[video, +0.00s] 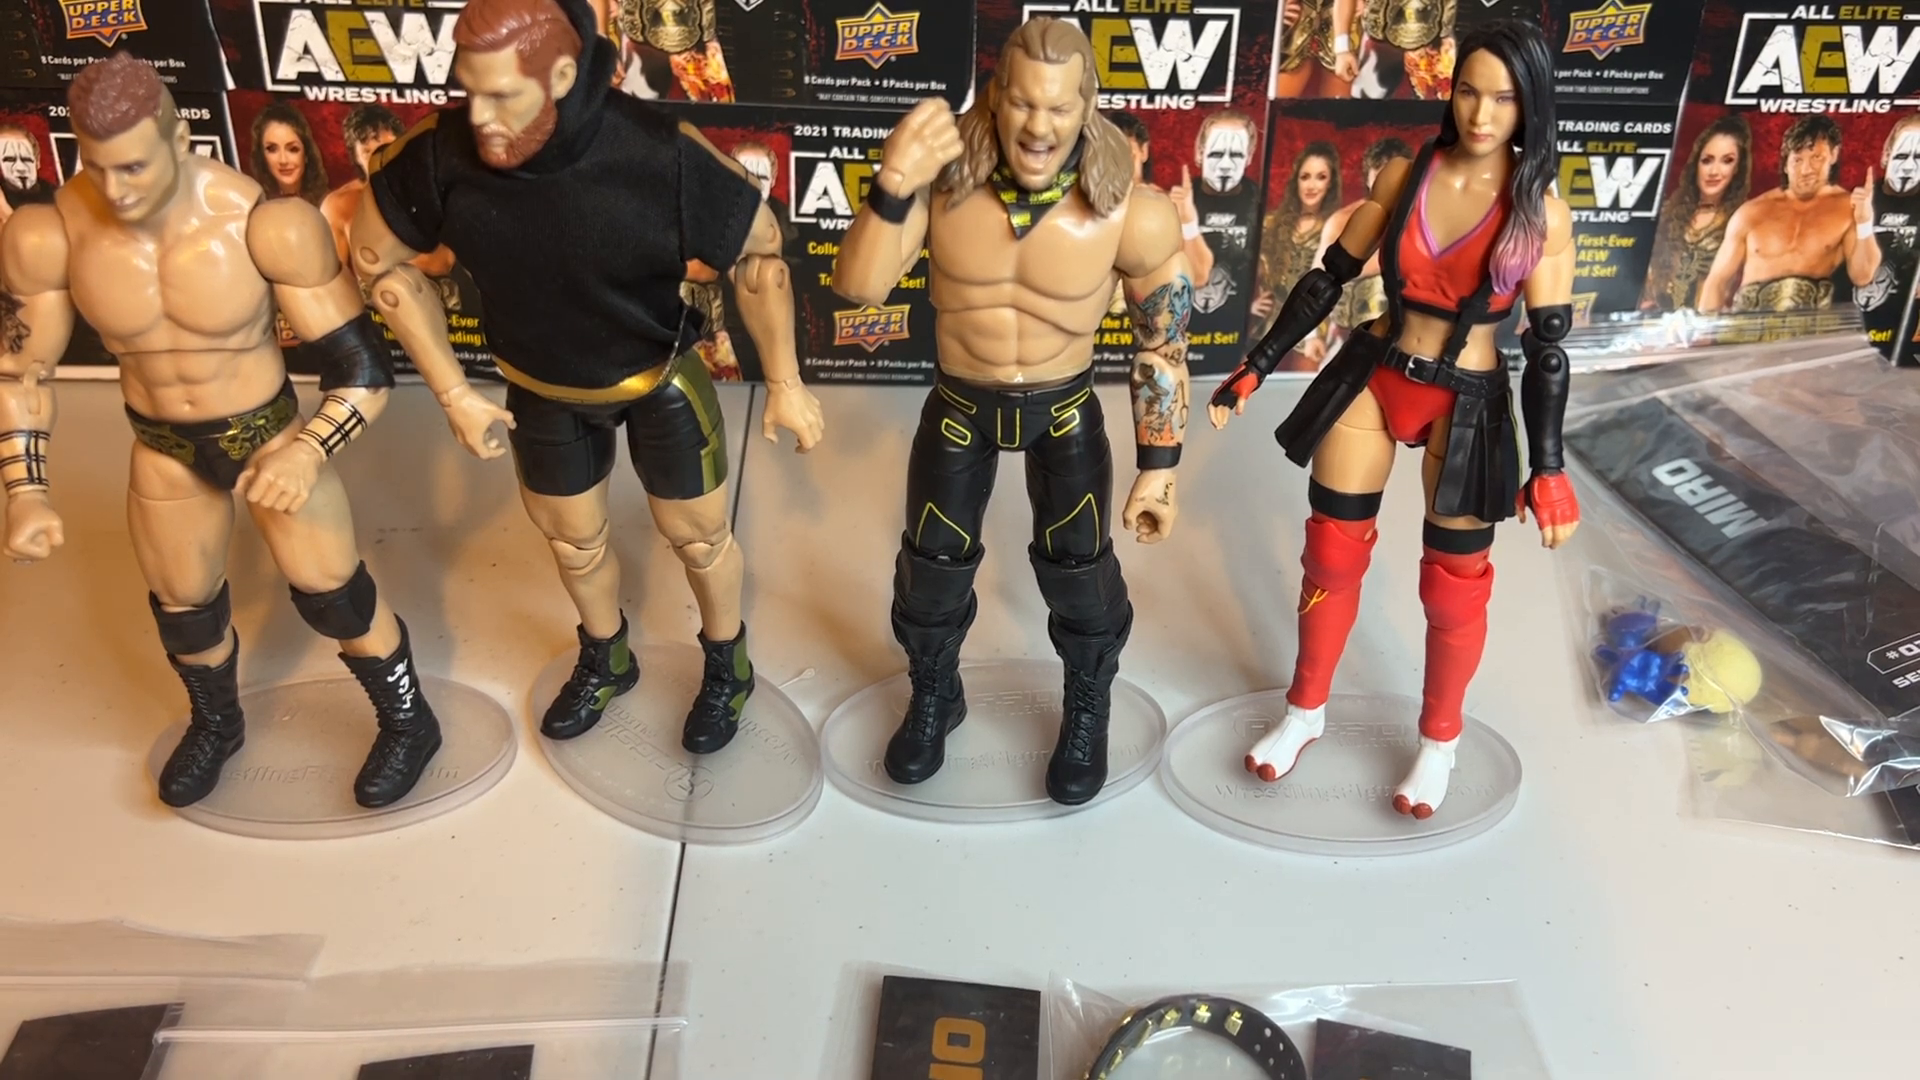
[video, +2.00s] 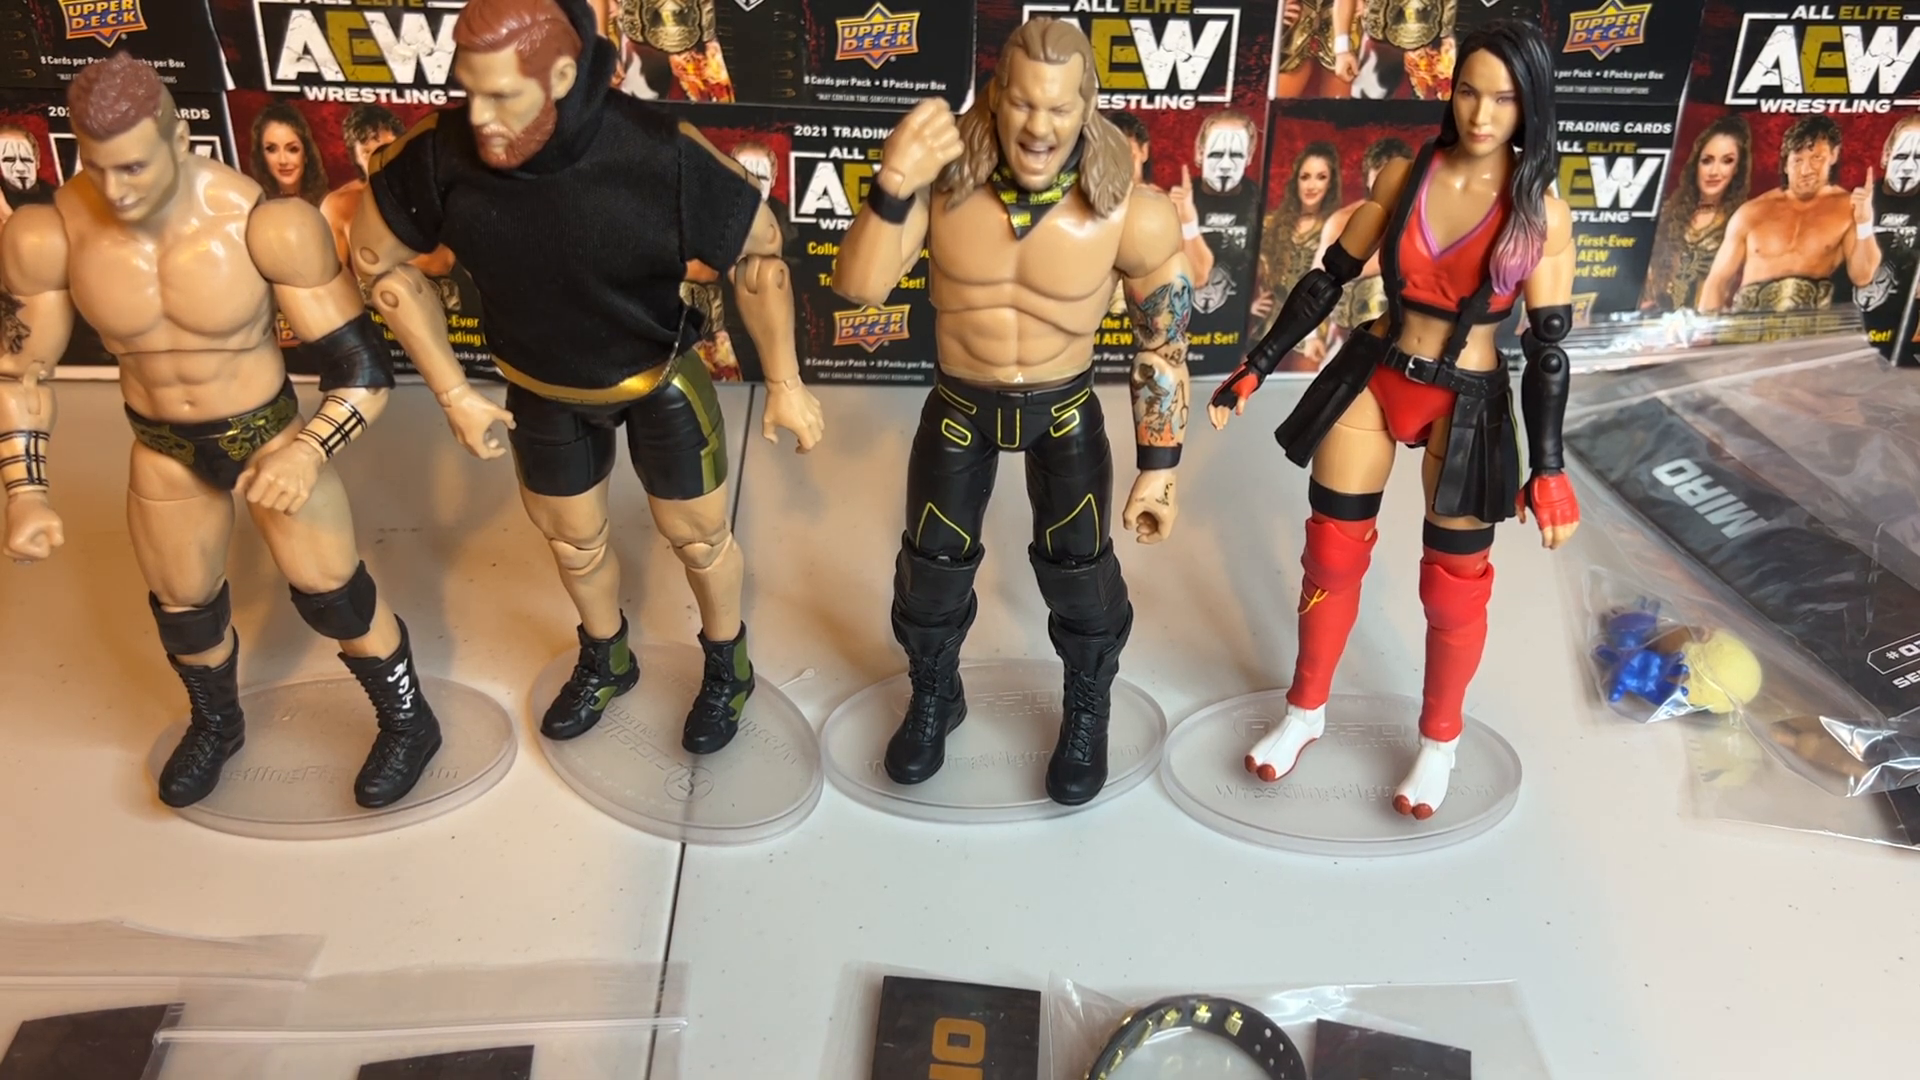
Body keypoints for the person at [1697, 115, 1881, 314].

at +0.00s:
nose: (1806, 169)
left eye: (1817, 158)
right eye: (1797, 160)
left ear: (1834, 156)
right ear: (1785, 162)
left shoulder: (1848, 206)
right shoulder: (1751, 212)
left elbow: (1862, 277)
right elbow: (1718, 281)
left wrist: (1864, 223)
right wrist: (1704, 335)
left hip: (1809, 314)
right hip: (1748, 312)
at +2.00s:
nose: (1806, 169)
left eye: (1816, 158)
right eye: (1797, 160)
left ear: (1834, 156)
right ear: (1785, 163)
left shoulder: (1847, 207)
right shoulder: (1750, 212)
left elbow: (1861, 277)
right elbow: (1718, 281)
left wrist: (1864, 223)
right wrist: (1704, 335)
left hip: (1810, 315)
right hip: (1748, 312)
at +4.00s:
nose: (1806, 169)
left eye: (1816, 158)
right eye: (1797, 160)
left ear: (1834, 156)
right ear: (1785, 163)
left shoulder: (1848, 207)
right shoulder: (1750, 213)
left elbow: (1862, 277)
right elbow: (1718, 281)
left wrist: (1864, 223)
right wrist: (1703, 336)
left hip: (1810, 316)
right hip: (1748, 314)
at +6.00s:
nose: (1806, 169)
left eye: (1817, 158)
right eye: (1798, 160)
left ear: (1834, 156)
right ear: (1785, 162)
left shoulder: (1848, 207)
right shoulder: (1750, 212)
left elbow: (1862, 277)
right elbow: (1718, 281)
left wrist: (1864, 224)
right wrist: (1704, 336)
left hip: (1810, 315)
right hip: (1748, 313)